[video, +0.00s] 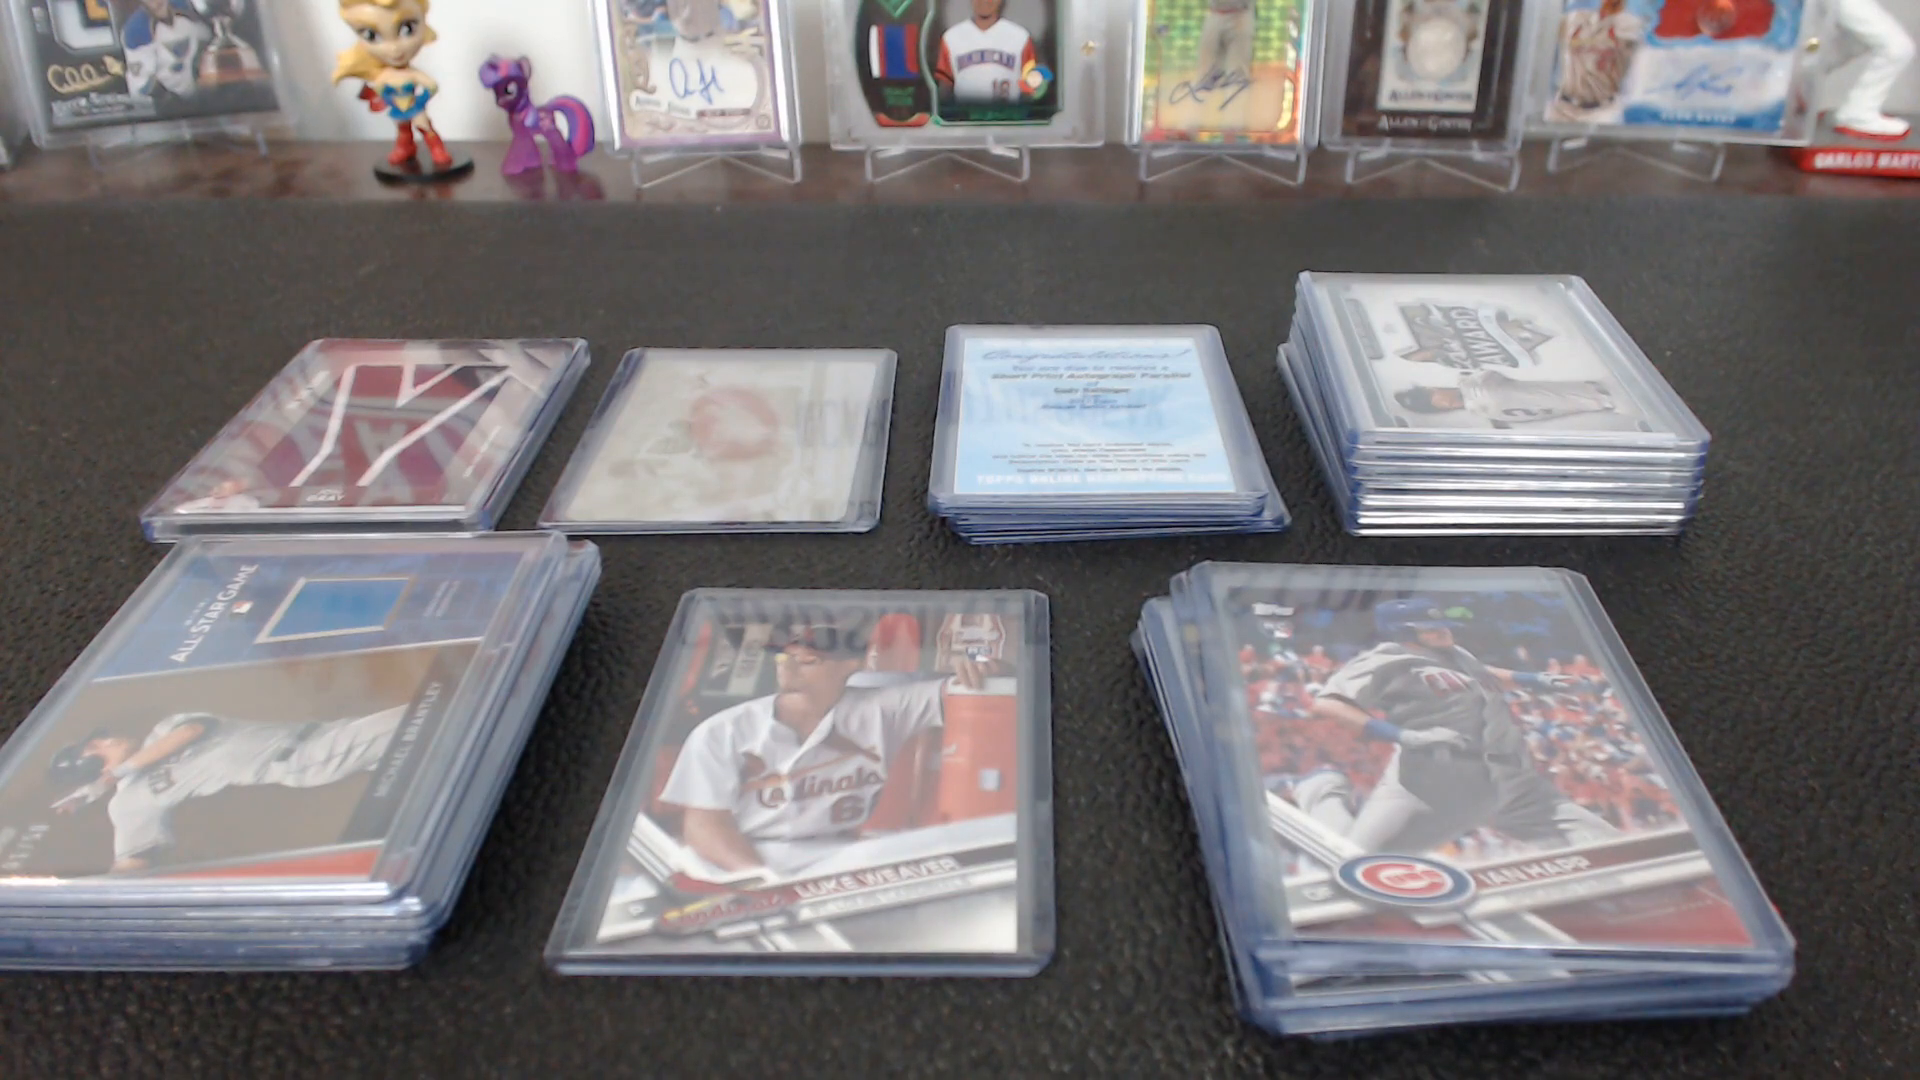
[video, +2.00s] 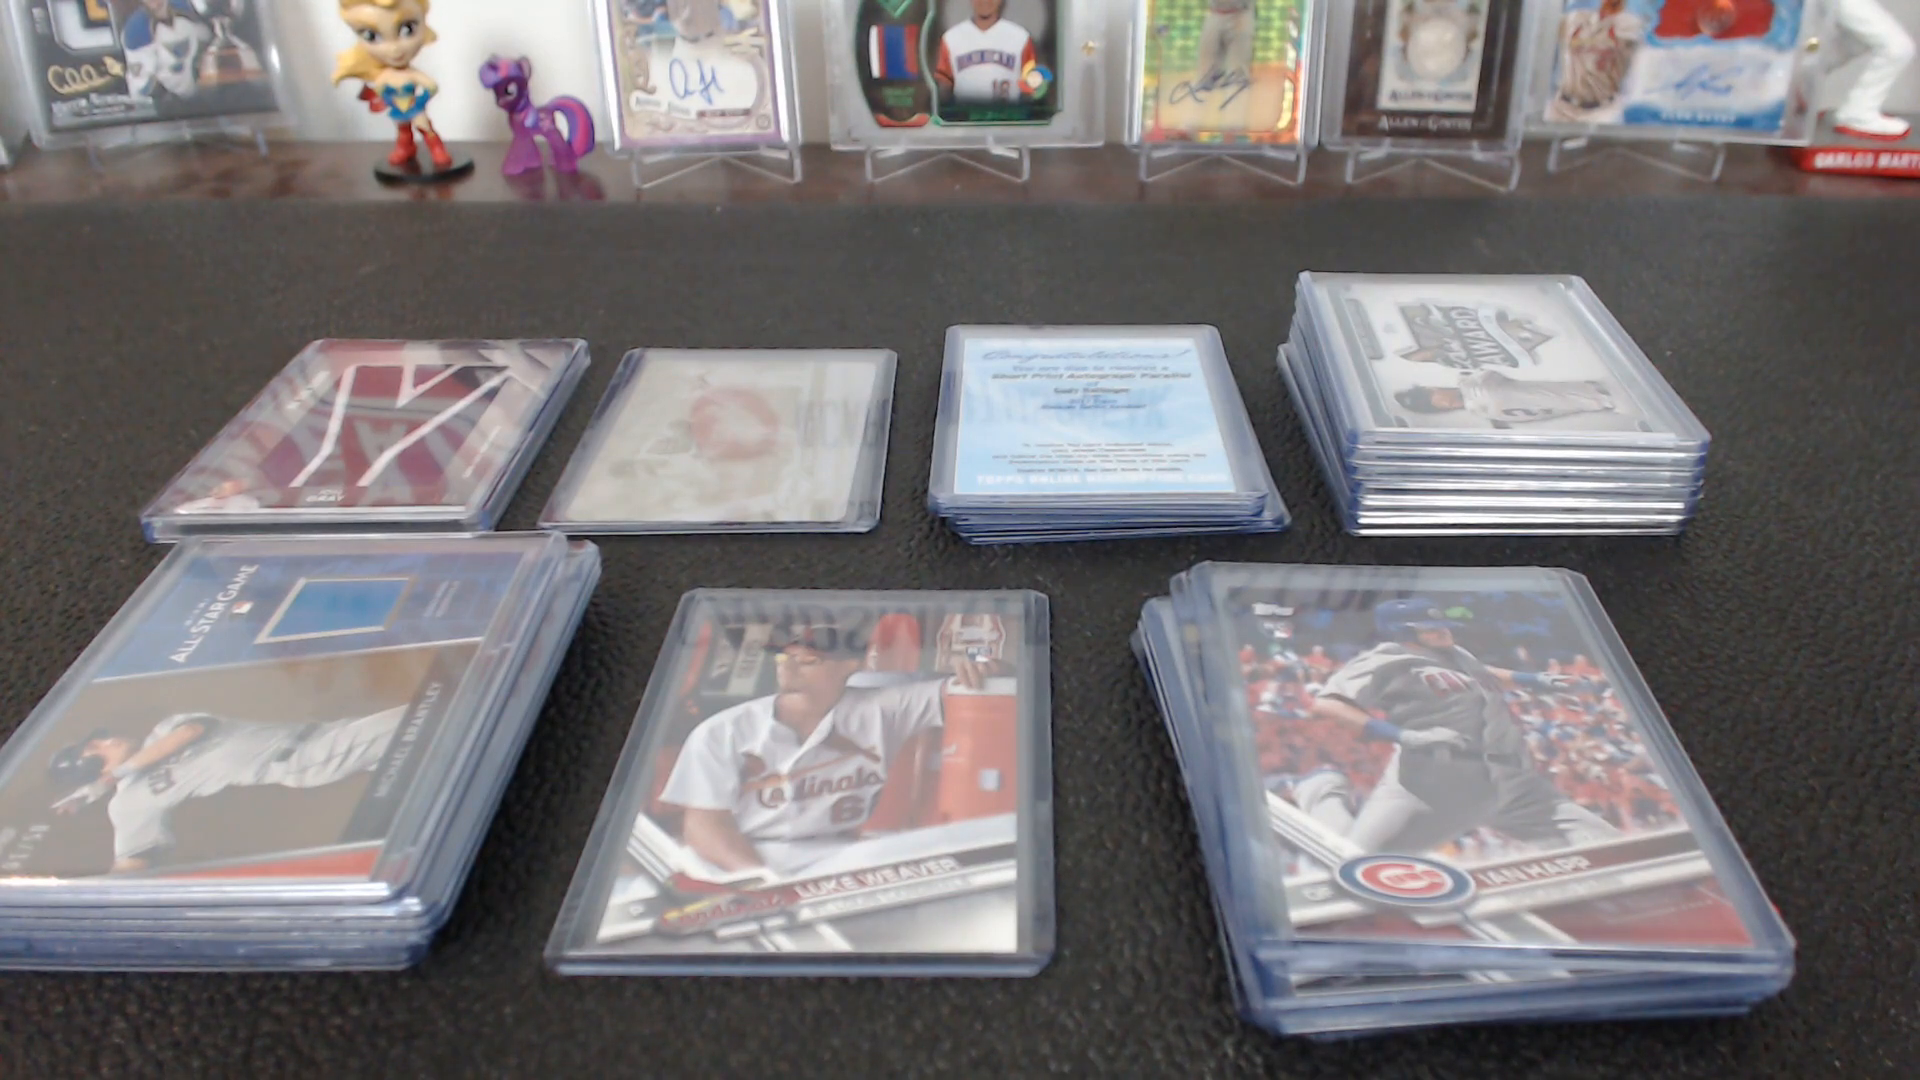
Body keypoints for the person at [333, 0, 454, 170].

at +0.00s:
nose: (394, 49)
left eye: (407, 29)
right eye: (371, 35)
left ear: (424, 26)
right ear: (358, 36)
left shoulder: (414, 74)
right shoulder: (379, 74)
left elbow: (427, 86)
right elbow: (370, 86)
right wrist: (375, 99)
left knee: (421, 122)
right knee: (401, 122)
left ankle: (436, 148)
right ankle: (405, 147)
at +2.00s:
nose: (394, 49)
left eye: (407, 30)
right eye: (371, 36)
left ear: (424, 28)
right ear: (358, 37)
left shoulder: (414, 75)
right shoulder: (379, 74)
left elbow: (426, 85)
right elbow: (369, 86)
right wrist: (375, 99)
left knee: (422, 122)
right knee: (401, 123)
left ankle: (436, 148)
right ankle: (405, 147)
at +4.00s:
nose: (394, 50)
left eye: (407, 30)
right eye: (372, 36)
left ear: (424, 29)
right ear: (359, 38)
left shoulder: (414, 75)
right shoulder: (379, 75)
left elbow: (427, 86)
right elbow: (370, 88)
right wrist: (375, 100)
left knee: (422, 123)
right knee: (401, 124)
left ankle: (437, 149)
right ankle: (405, 148)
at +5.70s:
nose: (394, 51)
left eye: (407, 30)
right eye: (372, 36)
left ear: (424, 29)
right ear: (359, 39)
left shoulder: (414, 75)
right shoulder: (379, 75)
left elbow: (426, 87)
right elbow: (370, 88)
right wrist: (374, 100)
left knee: (422, 123)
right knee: (401, 125)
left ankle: (437, 149)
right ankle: (405, 148)